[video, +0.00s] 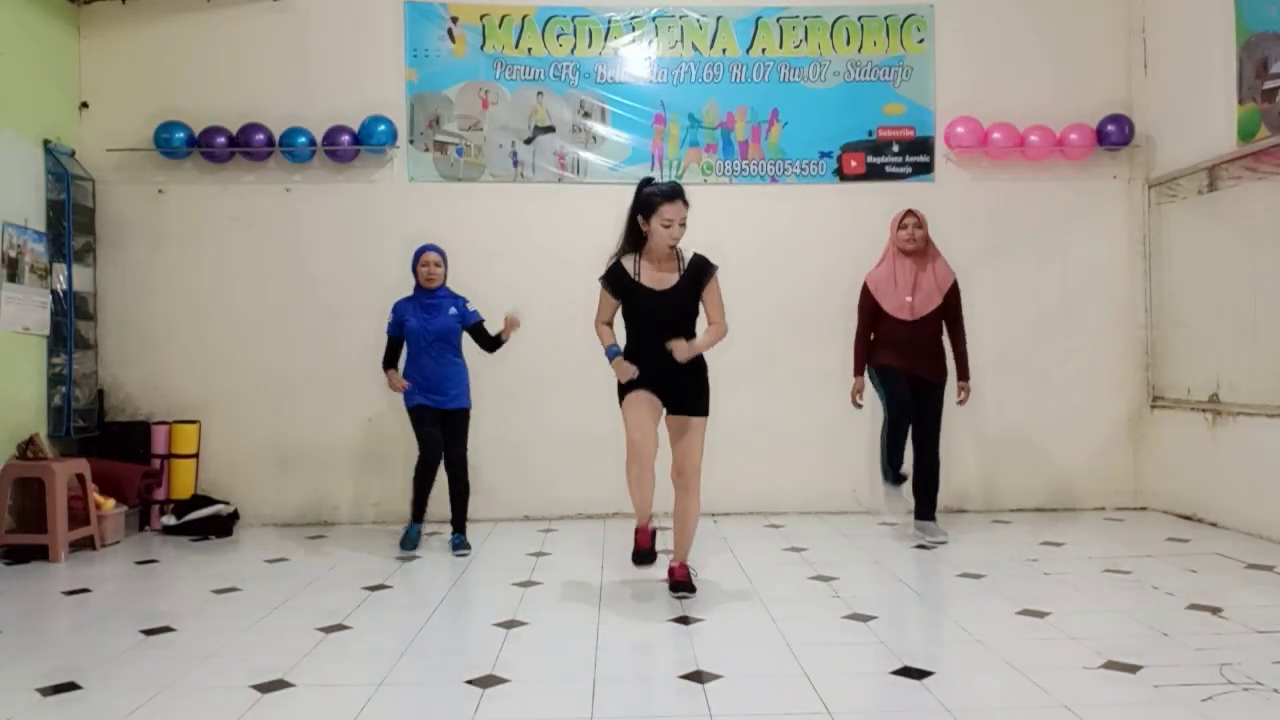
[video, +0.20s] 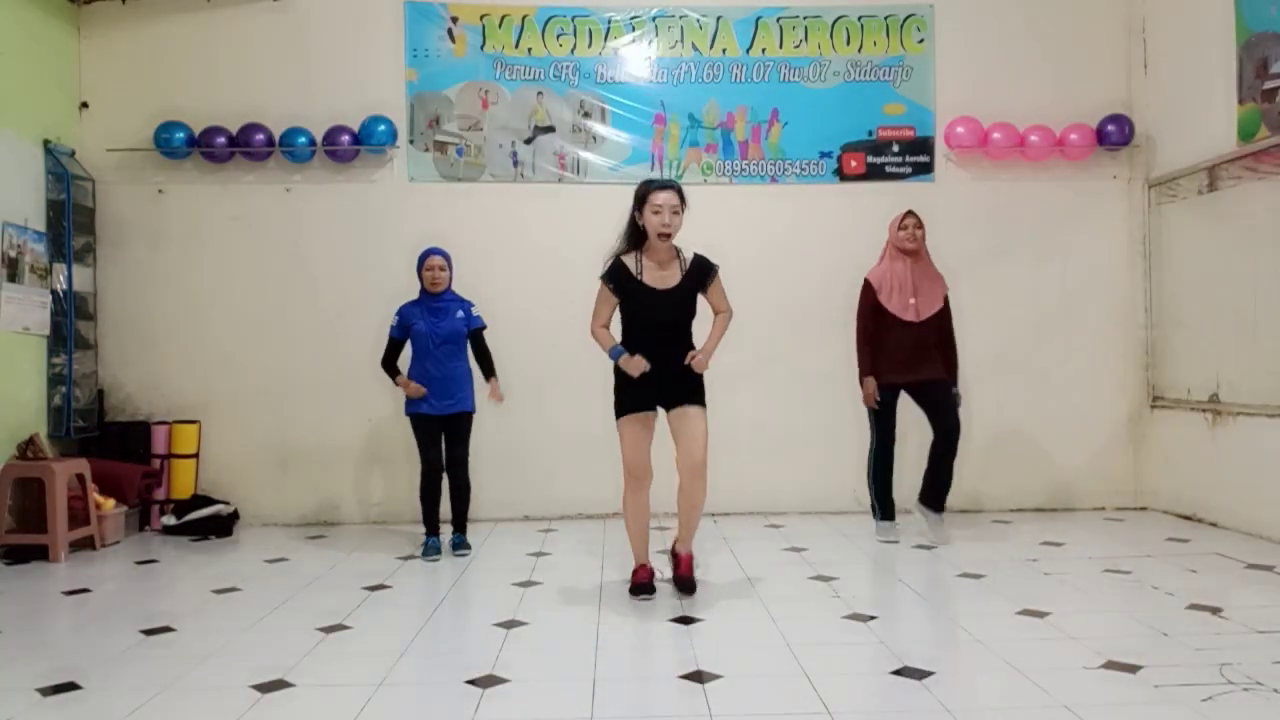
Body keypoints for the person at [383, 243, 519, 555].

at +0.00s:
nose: (431, 270)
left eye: (437, 265)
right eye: (424, 264)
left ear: (445, 271)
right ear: (415, 270)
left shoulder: (458, 304)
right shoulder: (403, 308)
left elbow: (488, 345)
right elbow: (391, 353)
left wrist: (505, 333)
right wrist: (391, 373)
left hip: (455, 394)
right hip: (419, 394)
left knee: (457, 461)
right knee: (431, 451)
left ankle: (459, 533)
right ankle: (415, 525)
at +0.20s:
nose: (435, 274)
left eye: (441, 269)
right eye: (429, 269)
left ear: (450, 273)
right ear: (420, 274)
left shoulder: (464, 308)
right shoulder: (408, 313)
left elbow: (479, 347)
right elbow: (388, 360)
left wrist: (491, 379)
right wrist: (404, 383)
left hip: (459, 401)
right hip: (423, 402)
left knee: (457, 467)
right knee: (431, 468)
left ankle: (459, 533)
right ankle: (431, 536)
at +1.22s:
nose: (459, 279)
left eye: (465, 273)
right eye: (453, 273)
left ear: (473, 275)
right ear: (443, 275)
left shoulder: (485, 306)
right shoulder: (429, 308)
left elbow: (507, 349)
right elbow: (413, 358)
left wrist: (493, 352)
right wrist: (438, 350)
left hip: (478, 396)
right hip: (441, 398)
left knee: (477, 462)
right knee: (445, 464)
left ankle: (486, 526)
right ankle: (440, 534)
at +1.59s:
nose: (464, 278)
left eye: (470, 274)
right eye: (458, 274)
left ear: (479, 276)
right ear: (450, 277)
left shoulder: (492, 302)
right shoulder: (439, 303)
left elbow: (490, 337)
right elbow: (436, 339)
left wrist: (472, 300)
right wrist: (455, 299)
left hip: (485, 394)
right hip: (450, 395)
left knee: (484, 461)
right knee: (457, 460)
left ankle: (485, 527)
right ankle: (457, 526)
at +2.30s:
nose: (468, 268)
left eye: (474, 264)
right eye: (462, 263)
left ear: (482, 271)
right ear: (453, 271)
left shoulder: (496, 305)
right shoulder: (448, 301)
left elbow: (507, 351)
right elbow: (430, 314)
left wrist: (476, 330)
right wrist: (445, 284)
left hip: (488, 394)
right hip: (454, 393)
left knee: (485, 460)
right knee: (458, 459)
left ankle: (484, 524)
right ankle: (461, 524)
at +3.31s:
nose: (472, 274)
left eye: (478, 270)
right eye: (466, 269)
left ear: (488, 276)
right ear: (459, 275)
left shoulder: (498, 302)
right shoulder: (452, 302)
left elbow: (498, 300)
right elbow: (438, 298)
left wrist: (472, 282)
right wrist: (447, 287)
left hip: (488, 392)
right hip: (455, 391)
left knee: (482, 458)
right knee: (457, 461)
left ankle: (485, 525)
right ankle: (460, 526)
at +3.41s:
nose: (467, 275)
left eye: (472, 270)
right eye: (463, 271)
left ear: (482, 275)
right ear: (459, 276)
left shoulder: (496, 302)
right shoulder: (453, 303)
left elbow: (501, 295)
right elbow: (441, 290)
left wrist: (484, 271)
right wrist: (441, 273)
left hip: (490, 392)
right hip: (456, 391)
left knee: (486, 459)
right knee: (456, 460)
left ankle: (485, 524)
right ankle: (459, 524)